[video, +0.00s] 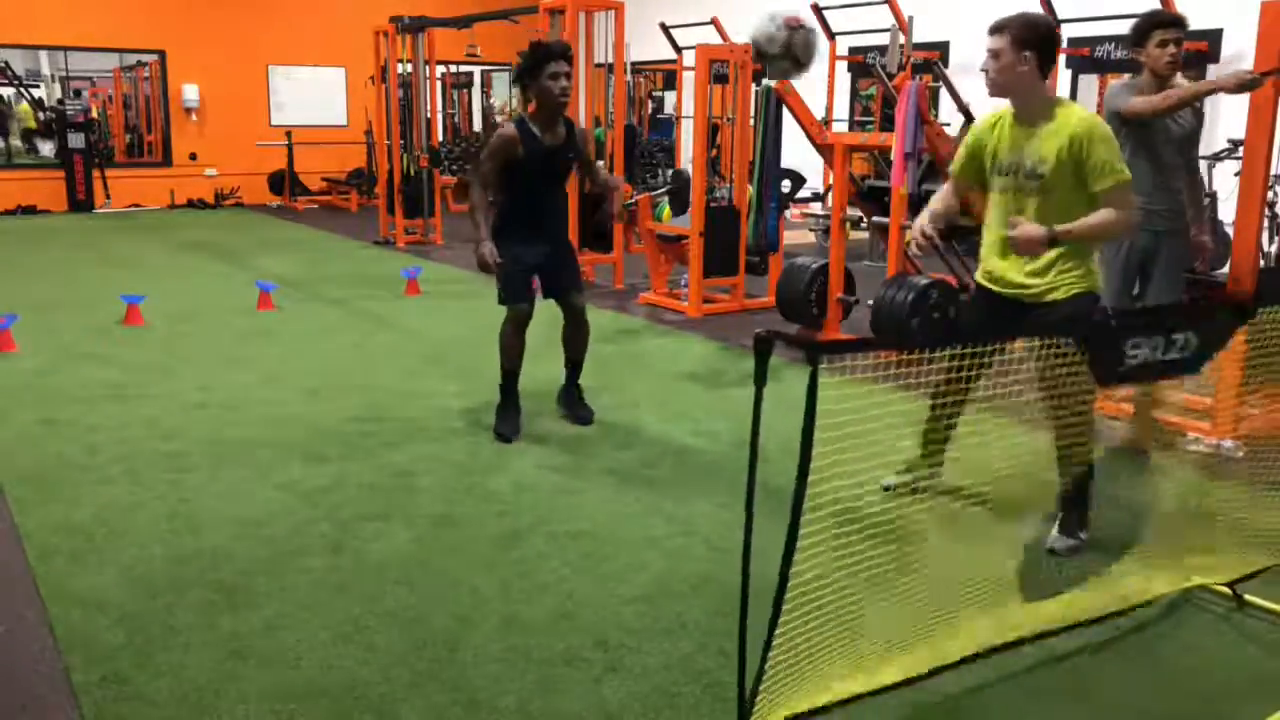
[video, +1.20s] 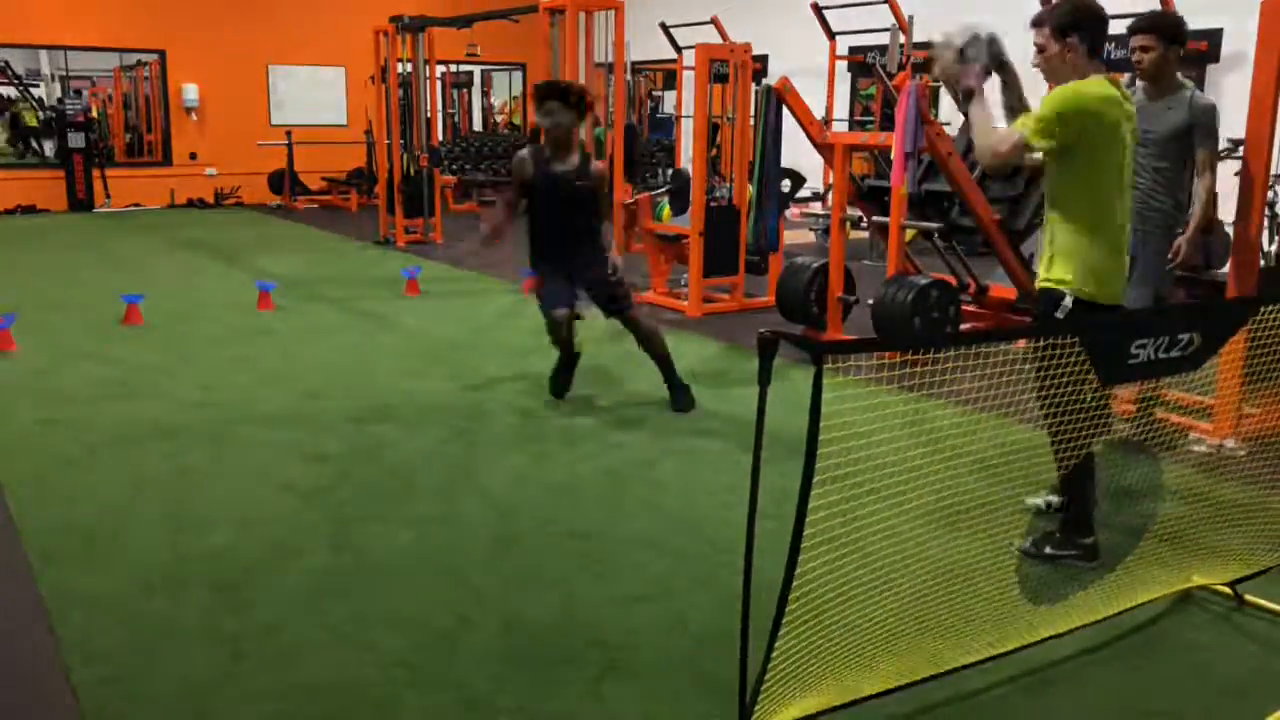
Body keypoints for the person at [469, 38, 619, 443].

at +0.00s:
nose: (564, 84)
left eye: (567, 77)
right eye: (554, 77)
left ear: (572, 84)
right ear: (531, 86)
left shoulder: (574, 136)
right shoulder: (508, 139)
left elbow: (590, 174)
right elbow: (479, 186)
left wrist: (609, 183)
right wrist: (483, 238)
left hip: (555, 238)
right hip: (513, 241)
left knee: (577, 310)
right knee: (519, 314)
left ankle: (571, 389)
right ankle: (509, 400)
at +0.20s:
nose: (561, 83)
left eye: (563, 77)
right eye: (551, 77)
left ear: (569, 84)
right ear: (531, 90)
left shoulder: (577, 137)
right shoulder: (516, 143)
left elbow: (591, 187)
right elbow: (496, 194)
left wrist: (629, 174)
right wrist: (508, 214)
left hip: (559, 238)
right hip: (524, 239)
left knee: (580, 314)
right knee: (531, 321)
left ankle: (568, 394)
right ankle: (502, 394)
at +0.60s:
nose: (586, 78)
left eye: (590, 70)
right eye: (579, 70)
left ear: (592, 70)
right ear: (556, 71)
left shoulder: (600, 115)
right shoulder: (538, 122)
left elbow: (622, 164)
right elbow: (522, 173)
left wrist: (630, 165)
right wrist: (530, 208)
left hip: (598, 226)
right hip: (557, 228)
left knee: (617, 300)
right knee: (551, 304)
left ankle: (616, 376)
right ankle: (522, 362)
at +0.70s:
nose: (604, 98)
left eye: (608, 90)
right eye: (597, 90)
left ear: (610, 89)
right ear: (577, 87)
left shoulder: (612, 127)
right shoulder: (547, 129)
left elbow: (614, 171)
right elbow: (523, 171)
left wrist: (636, 184)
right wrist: (521, 216)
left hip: (603, 224)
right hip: (566, 225)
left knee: (621, 301)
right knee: (589, 304)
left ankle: (620, 381)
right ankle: (554, 351)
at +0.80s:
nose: (616, 104)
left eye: (619, 96)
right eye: (610, 96)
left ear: (621, 98)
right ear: (589, 96)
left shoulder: (624, 138)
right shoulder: (557, 135)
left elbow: (634, 181)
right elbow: (525, 175)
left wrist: (645, 203)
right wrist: (515, 225)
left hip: (604, 226)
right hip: (569, 226)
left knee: (624, 296)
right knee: (613, 288)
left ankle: (620, 379)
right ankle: (599, 366)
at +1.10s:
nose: (597, 128)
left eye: (604, 121)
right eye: (590, 121)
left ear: (612, 125)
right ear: (576, 125)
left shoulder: (625, 172)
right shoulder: (558, 169)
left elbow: (628, 221)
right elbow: (533, 213)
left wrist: (631, 256)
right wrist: (518, 252)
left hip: (606, 252)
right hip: (568, 254)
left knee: (644, 314)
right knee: (604, 302)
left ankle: (676, 379)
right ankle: (590, 371)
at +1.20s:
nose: (551, 121)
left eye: (559, 114)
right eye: (546, 113)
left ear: (577, 119)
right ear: (539, 119)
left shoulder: (594, 170)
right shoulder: (527, 163)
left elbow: (605, 218)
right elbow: (512, 201)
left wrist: (611, 251)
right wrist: (498, 224)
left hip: (590, 258)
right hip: (550, 261)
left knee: (634, 320)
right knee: (558, 321)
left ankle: (674, 380)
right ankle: (568, 357)